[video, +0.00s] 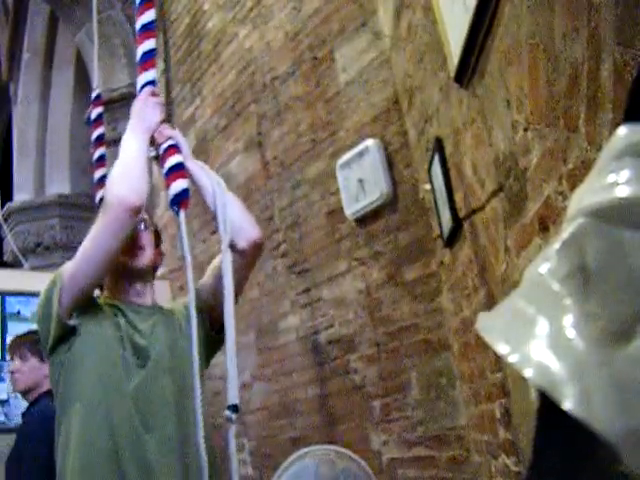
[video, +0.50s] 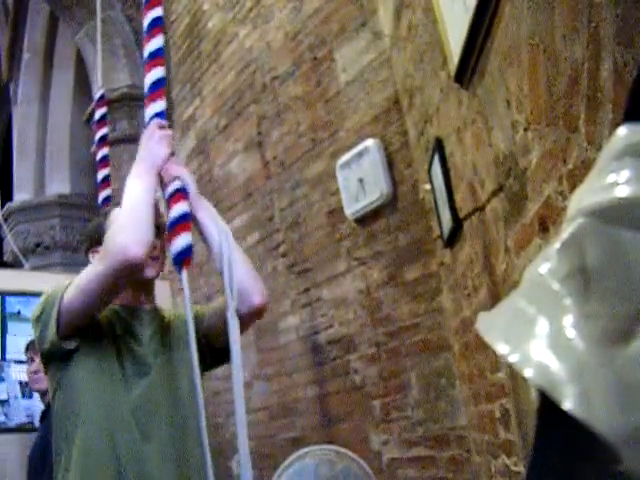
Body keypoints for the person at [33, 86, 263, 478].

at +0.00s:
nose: (136, 232)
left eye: (144, 225)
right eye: (124, 224)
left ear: (159, 246)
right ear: (106, 241)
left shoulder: (187, 324)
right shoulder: (71, 319)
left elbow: (247, 241)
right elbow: (127, 203)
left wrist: (187, 161)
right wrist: (137, 129)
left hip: (180, 472)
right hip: (92, 471)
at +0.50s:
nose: (153, 243)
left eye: (159, 232)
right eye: (141, 232)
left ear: (167, 243)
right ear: (96, 254)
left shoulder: (179, 332)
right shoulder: (63, 324)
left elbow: (251, 301)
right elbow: (127, 253)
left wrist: (195, 202)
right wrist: (144, 166)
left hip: (182, 471)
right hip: (93, 471)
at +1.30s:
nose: (160, 271)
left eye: (169, 256)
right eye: (143, 256)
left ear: (179, 263)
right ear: (106, 269)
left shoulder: (197, 350)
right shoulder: (67, 358)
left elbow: (216, 463)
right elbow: (82, 474)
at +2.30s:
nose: (172, 257)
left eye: (182, 245)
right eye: (160, 243)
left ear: (192, 254)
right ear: (137, 250)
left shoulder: (210, 339)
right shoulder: (89, 327)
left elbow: (271, 408)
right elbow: (114, 297)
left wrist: (222, 306)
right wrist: (156, 192)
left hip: (205, 472)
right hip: (109, 472)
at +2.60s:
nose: (181, 238)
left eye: (187, 226)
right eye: (167, 225)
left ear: (195, 234)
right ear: (143, 235)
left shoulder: (212, 323)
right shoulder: (100, 307)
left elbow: (271, 374)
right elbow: (127, 245)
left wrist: (216, 270)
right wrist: (155, 167)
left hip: (205, 472)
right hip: (114, 470)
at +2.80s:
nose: (182, 248)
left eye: (194, 238)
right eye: (168, 236)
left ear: (205, 252)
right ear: (145, 247)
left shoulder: (216, 333)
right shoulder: (108, 326)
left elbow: (270, 399)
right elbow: (118, 274)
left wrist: (215, 295)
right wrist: (155, 187)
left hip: (213, 473)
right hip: (123, 472)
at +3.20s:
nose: (191, 265)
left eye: (201, 253)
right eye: (175, 254)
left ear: (211, 267)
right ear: (146, 271)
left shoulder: (237, 352)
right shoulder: (100, 351)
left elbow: (268, 449)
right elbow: (82, 465)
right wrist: (173, 441)